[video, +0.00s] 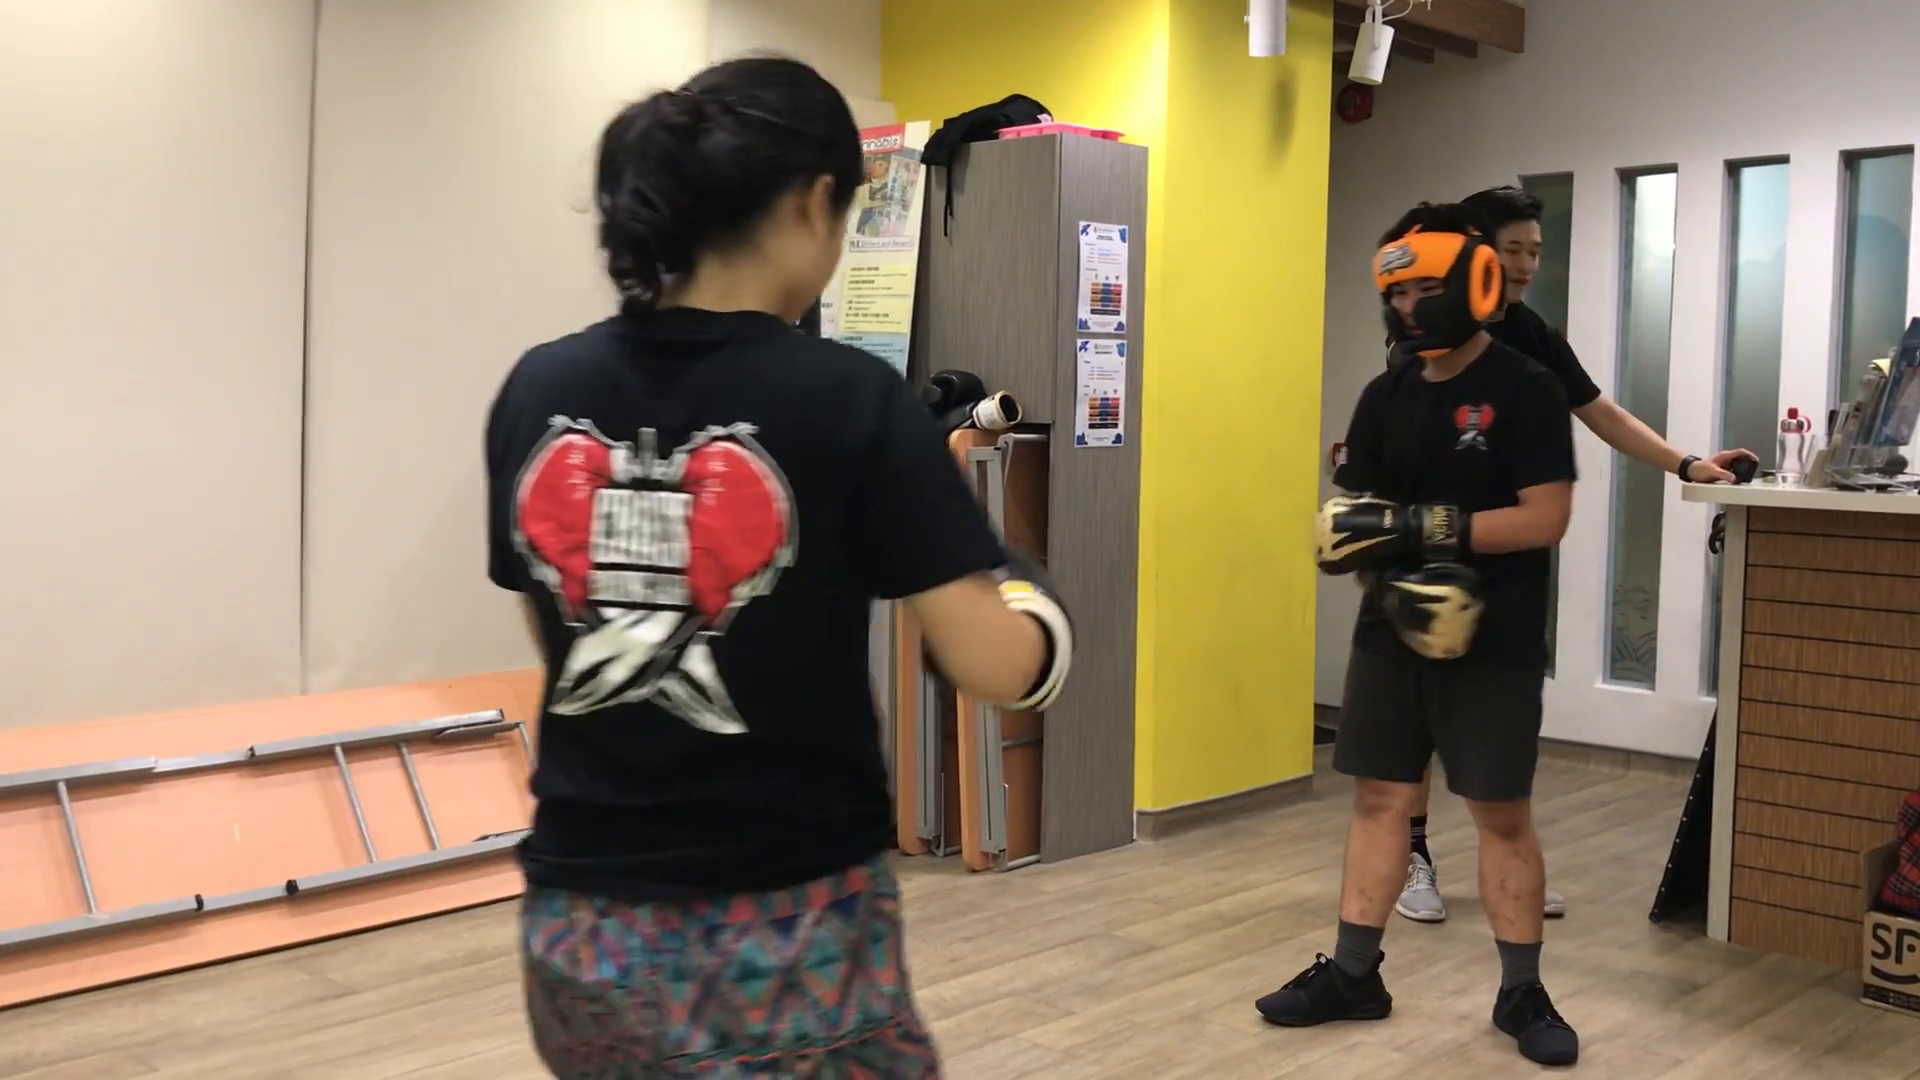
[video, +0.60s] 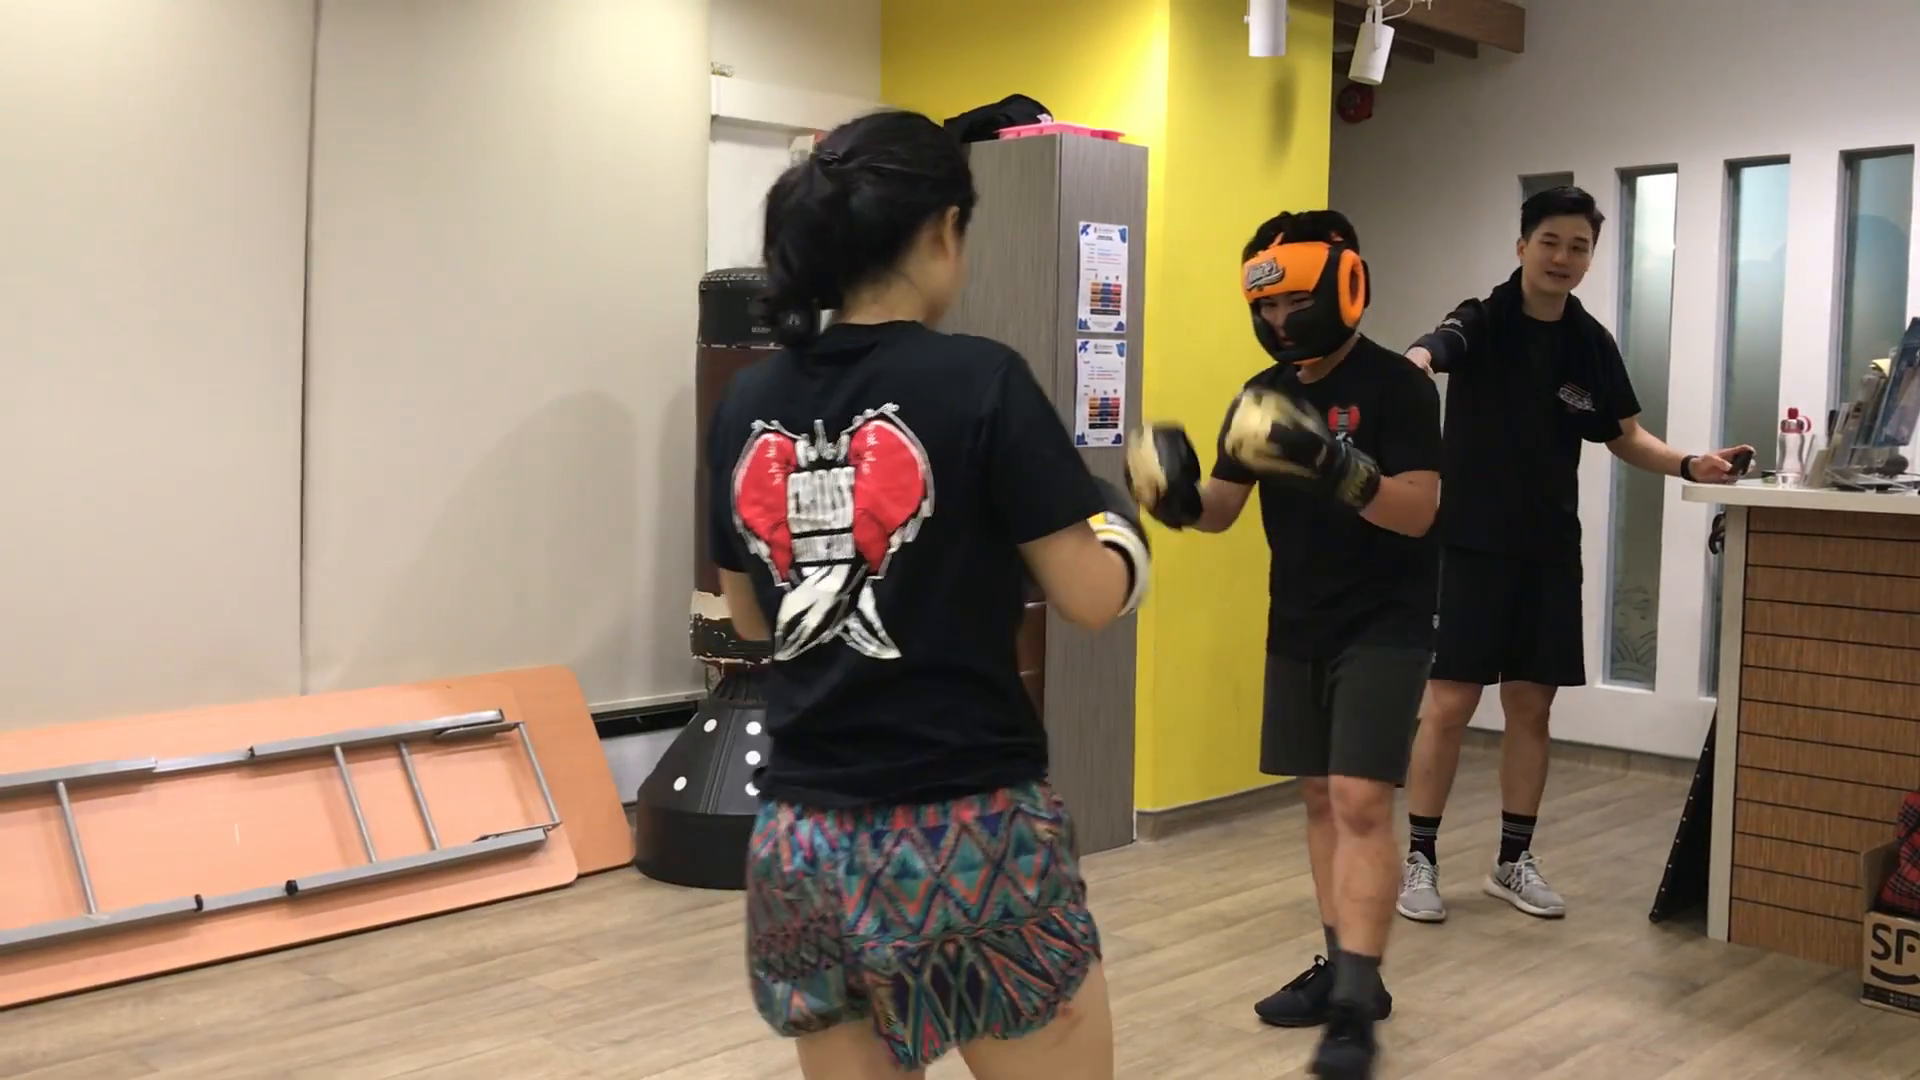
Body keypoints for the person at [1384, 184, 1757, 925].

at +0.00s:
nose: (1529, 266)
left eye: (1535, 252)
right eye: (1516, 252)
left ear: (1534, 256)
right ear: (1473, 253)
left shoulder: (1535, 339)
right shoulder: (1424, 345)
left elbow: (1607, 418)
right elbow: (1389, 435)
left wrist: (1686, 464)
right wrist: (1363, 475)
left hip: (1510, 556)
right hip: (1418, 555)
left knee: (1504, 707)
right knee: (1414, 710)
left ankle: (1511, 871)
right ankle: (1412, 855)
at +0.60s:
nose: (1563, 256)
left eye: (1578, 247)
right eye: (1551, 241)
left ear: (1591, 257)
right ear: (1522, 245)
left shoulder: (1591, 343)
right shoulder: (1479, 320)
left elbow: (1626, 437)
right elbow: (1413, 364)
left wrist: (1690, 463)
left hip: (1547, 548)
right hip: (1470, 542)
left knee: (1531, 706)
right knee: (1448, 703)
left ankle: (1515, 861)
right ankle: (1419, 859)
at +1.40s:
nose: (1601, 279)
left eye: (1611, 268)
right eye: (1591, 263)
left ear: (1613, 270)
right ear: (1548, 252)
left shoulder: (1605, 346)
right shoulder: (1489, 328)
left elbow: (1649, 449)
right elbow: (1481, 415)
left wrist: (1655, 420)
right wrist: (1583, 406)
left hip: (1563, 551)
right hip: (1488, 545)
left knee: (1538, 707)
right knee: (1463, 705)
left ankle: (1515, 861)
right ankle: (1438, 862)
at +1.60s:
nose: (1599, 281)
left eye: (1609, 270)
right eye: (1589, 264)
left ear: (1612, 271)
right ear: (1548, 251)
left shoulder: (1605, 344)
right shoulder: (1488, 327)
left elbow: (1648, 449)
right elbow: (1482, 416)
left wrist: (1655, 420)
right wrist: (1585, 406)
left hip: (1565, 551)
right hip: (1490, 546)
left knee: (1539, 707)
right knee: (1462, 705)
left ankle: (1515, 861)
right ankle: (1438, 862)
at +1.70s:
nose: (1599, 281)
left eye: (1610, 270)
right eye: (1589, 264)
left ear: (1613, 271)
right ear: (1548, 251)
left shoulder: (1607, 345)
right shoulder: (1489, 327)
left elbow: (1649, 447)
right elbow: (1481, 416)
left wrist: (1654, 419)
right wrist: (1583, 407)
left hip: (1565, 551)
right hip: (1489, 546)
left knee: (1539, 708)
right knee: (1462, 706)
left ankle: (1515, 861)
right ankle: (1438, 863)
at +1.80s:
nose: (1600, 281)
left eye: (1611, 270)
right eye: (1591, 265)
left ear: (1614, 270)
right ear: (1550, 251)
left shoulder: (1607, 345)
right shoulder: (1490, 327)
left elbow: (1650, 448)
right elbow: (1480, 415)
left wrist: (1655, 419)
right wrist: (1583, 406)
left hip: (1565, 551)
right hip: (1489, 545)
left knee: (1539, 708)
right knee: (1462, 705)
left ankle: (1515, 861)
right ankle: (1438, 863)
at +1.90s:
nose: (1600, 282)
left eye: (1611, 270)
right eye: (1591, 265)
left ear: (1614, 271)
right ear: (1550, 251)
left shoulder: (1608, 345)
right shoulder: (1490, 327)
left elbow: (1649, 449)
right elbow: (1481, 415)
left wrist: (1654, 420)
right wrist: (1584, 406)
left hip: (1565, 551)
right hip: (1490, 546)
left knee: (1539, 709)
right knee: (1462, 706)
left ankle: (1515, 861)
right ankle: (1438, 863)